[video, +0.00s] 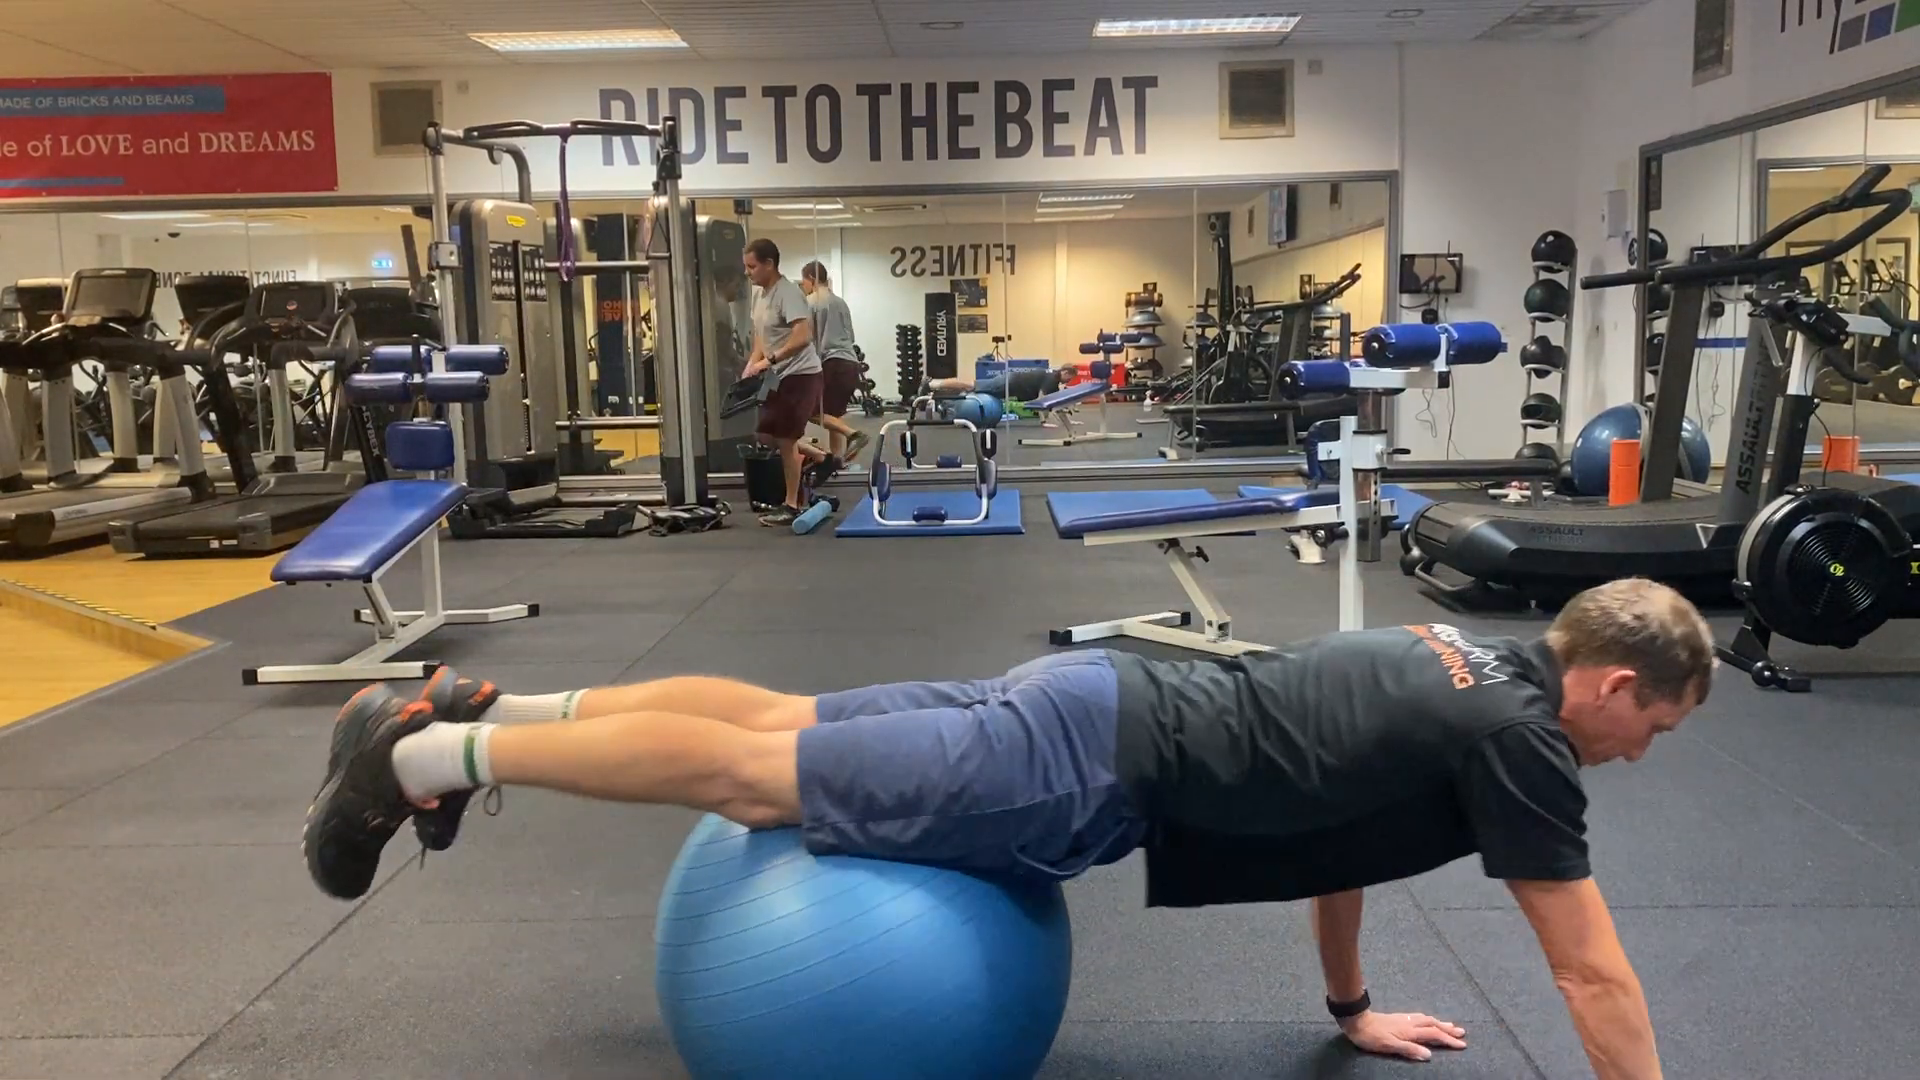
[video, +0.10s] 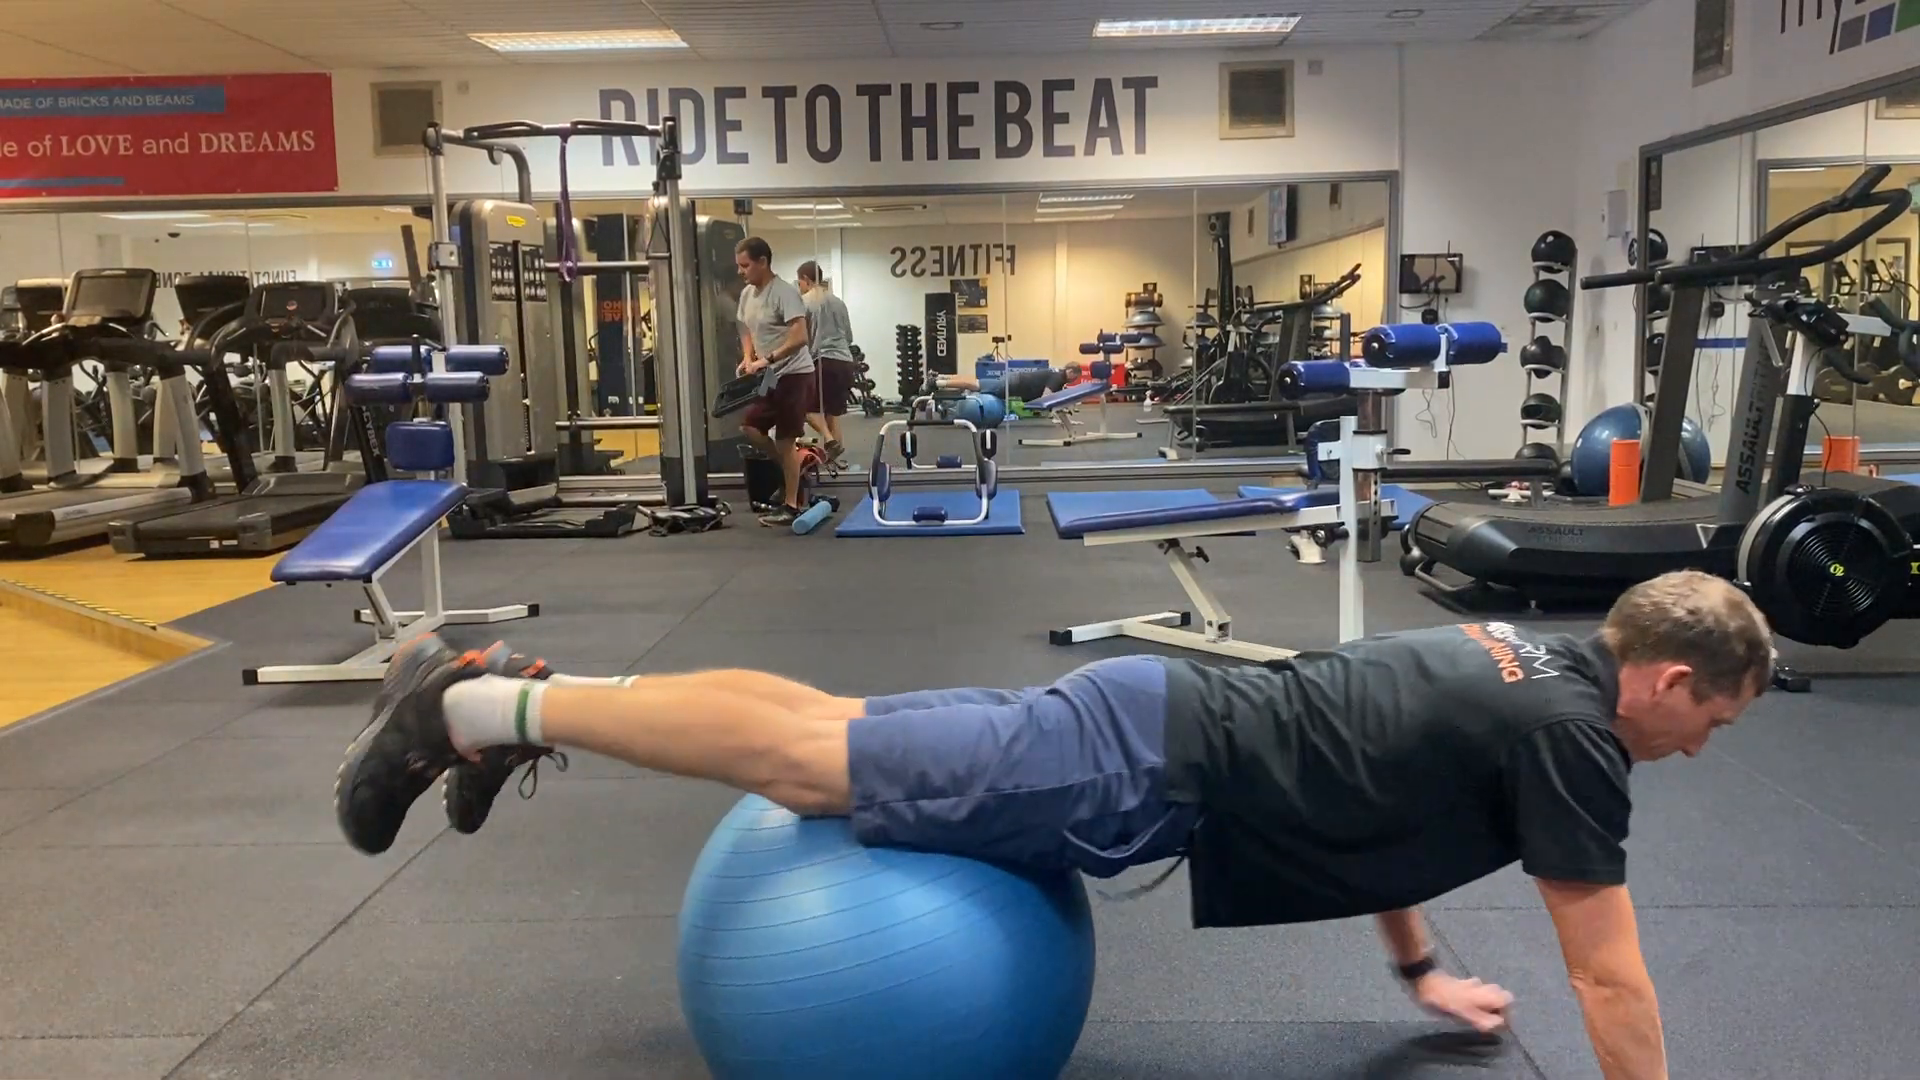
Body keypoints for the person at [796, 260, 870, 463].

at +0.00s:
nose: (803, 285)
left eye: (803, 281)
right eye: (802, 281)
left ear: (811, 279)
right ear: (825, 279)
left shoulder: (812, 302)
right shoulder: (841, 302)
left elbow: (811, 337)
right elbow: (850, 335)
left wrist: (810, 362)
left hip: (831, 361)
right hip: (851, 362)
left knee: (812, 413)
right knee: (835, 416)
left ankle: (853, 434)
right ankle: (836, 462)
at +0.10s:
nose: (799, 286)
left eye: (799, 281)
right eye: (799, 281)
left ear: (806, 279)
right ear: (819, 278)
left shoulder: (806, 301)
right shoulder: (838, 302)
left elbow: (805, 337)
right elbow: (849, 335)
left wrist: (802, 359)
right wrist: (836, 347)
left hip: (822, 360)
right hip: (845, 360)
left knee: (809, 408)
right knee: (833, 414)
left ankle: (829, 438)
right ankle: (835, 461)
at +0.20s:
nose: (796, 284)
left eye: (795, 281)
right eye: (796, 281)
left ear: (799, 280)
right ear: (815, 278)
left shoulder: (798, 303)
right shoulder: (834, 301)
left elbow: (796, 337)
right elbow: (846, 335)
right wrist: (839, 350)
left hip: (810, 363)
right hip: (837, 363)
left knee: (805, 415)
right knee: (831, 418)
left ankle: (807, 460)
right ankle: (835, 462)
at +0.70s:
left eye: (771, 282)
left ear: (771, 284)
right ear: (791, 280)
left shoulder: (771, 307)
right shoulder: (810, 302)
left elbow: (764, 342)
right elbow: (821, 334)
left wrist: (775, 358)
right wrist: (809, 350)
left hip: (786, 367)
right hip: (811, 367)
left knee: (789, 416)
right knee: (805, 415)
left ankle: (797, 455)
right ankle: (809, 453)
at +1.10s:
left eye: (756, 288)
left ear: (756, 290)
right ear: (776, 285)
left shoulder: (761, 311)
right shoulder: (795, 306)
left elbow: (761, 344)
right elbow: (803, 334)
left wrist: (765, 366)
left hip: (781, 367)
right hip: (803, 367)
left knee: (775, 416)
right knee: (789, 413)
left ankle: (793, 449)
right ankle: (797, 446)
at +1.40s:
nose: (745, 299)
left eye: (744, 294)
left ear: (748, 290)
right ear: (756, 286)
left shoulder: (758, 307)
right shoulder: (778, 303)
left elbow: (763, 345)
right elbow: (786, 336)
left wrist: (752, 359)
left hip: (779, 363)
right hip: (797, 361)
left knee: (762, 414)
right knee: (786, 412)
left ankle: (765, 456)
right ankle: (790, 455)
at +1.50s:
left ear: (741, 295)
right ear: (751, 289)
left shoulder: (754, 308)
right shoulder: (770, 304)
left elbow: (762, 348)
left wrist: (747, 360)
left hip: (777, 365)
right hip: (792, 363)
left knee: (759, 414)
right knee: (781, 413)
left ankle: (759, 455)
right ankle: (788, 453)